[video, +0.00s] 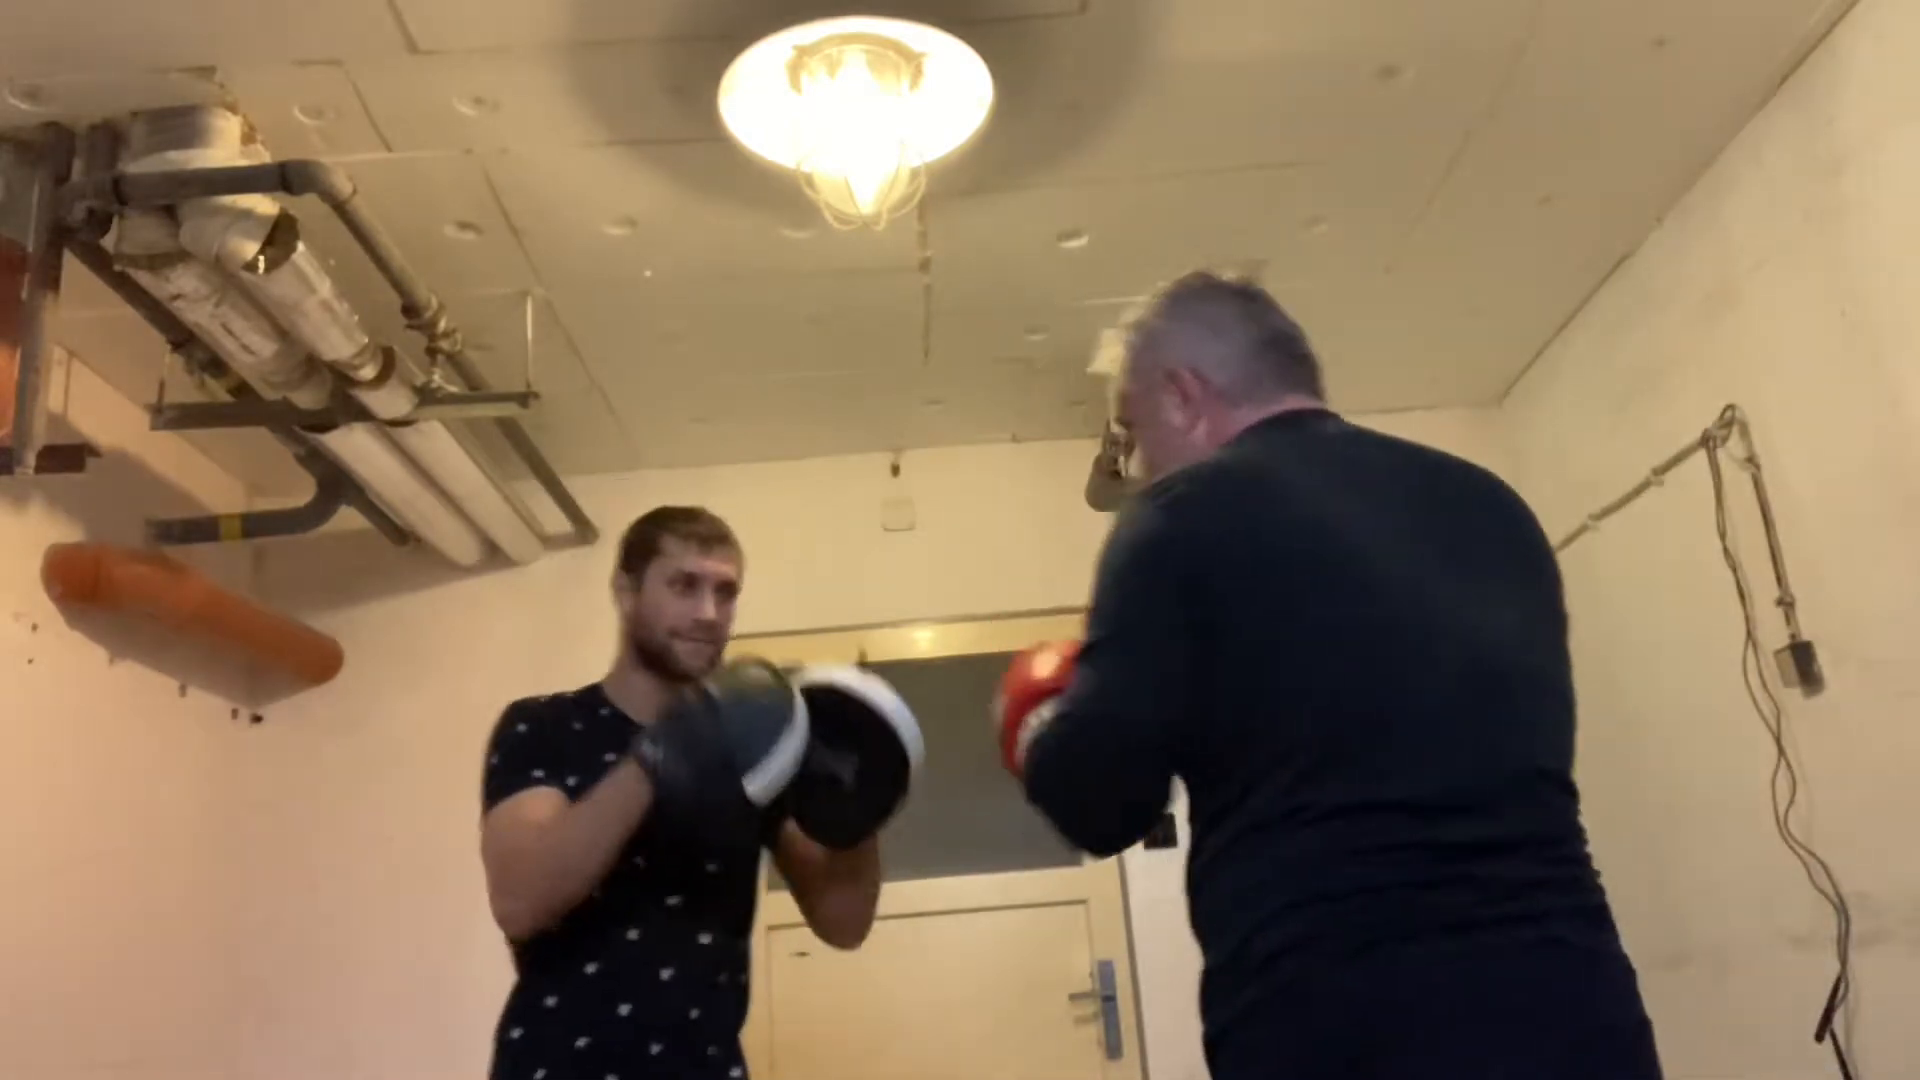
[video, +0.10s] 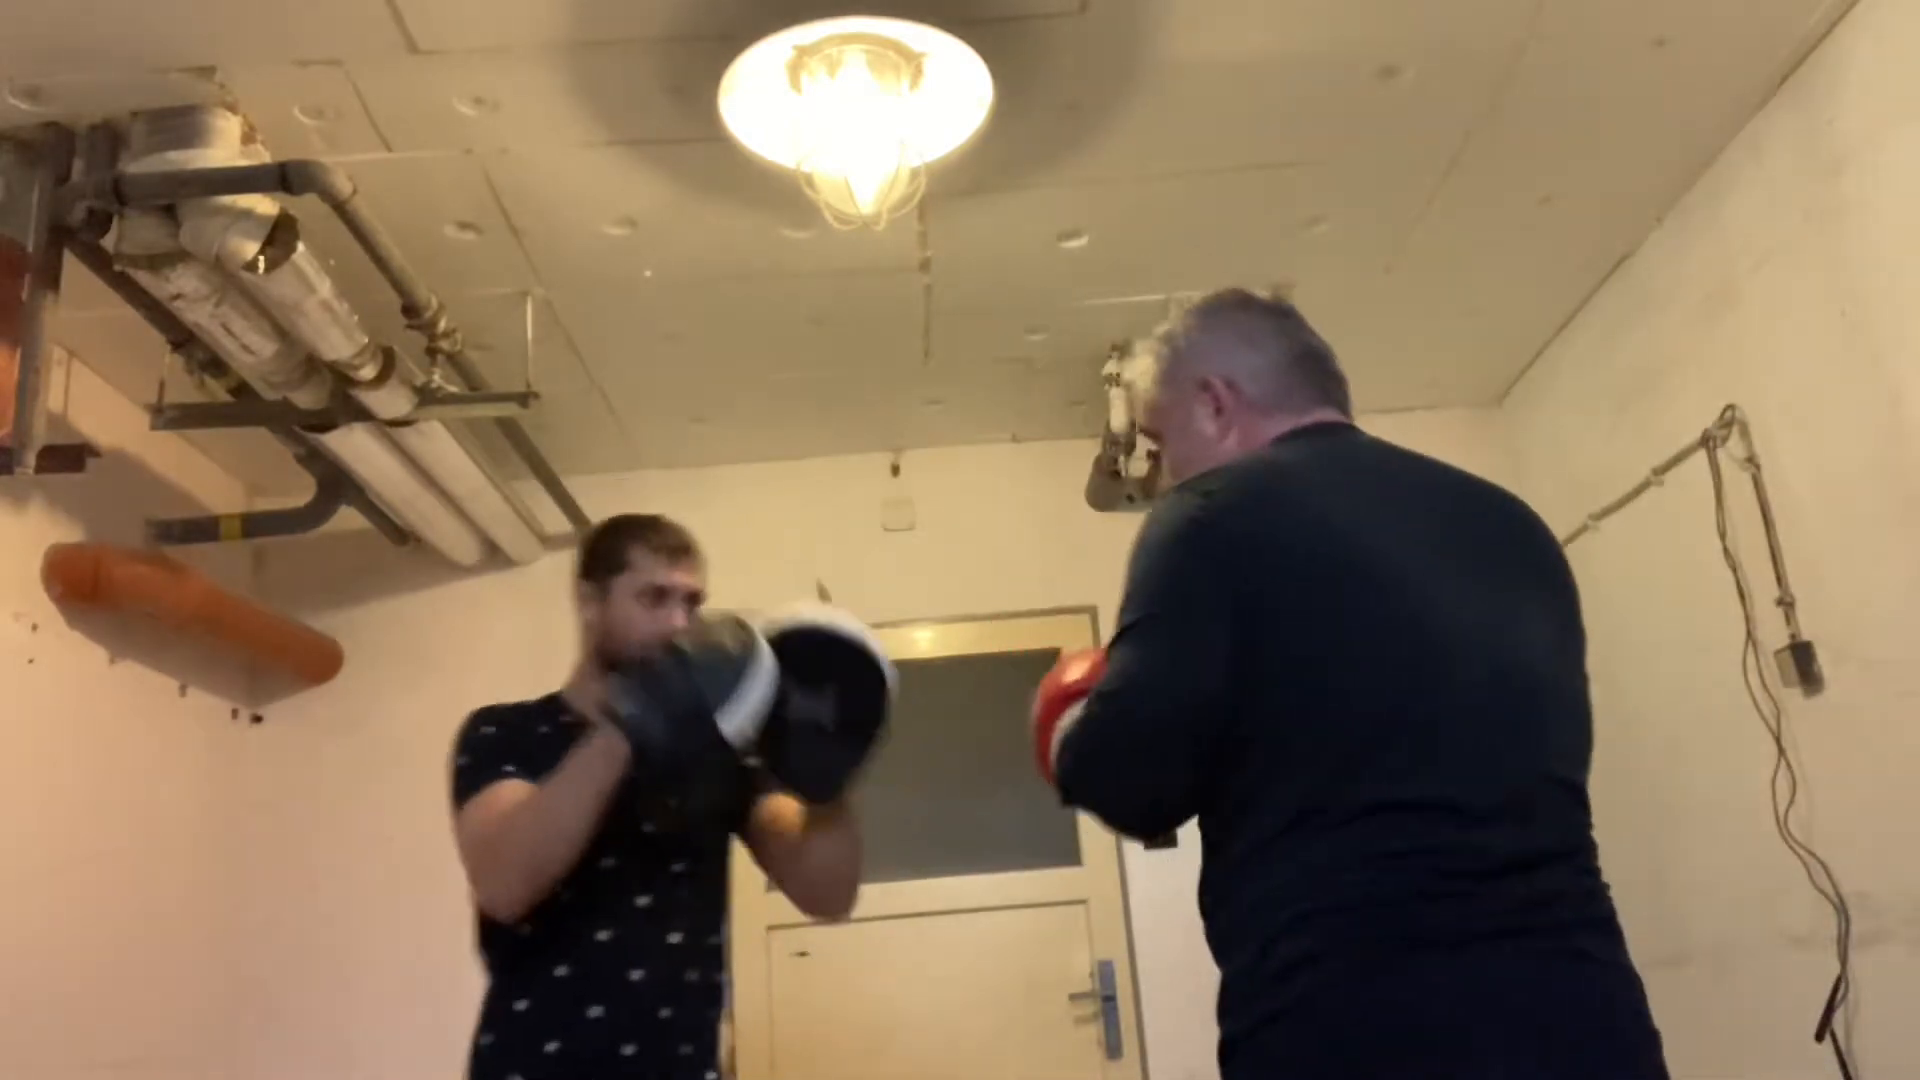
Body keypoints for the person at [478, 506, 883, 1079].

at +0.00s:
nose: (709, 613)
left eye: (724, 594)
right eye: (684, 587)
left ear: (737, 607)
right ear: (626, 592)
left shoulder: (740, 742)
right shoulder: (540, 730)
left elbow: (843, 924)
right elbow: (520, 902)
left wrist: (849, 793)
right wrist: (659, 758)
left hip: (704, 1059)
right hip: (563, 1059)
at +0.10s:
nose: (678, 624)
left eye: (691, 604)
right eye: (654, 599)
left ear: (704, 611)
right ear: (590, 602)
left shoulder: (704, 744)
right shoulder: (506, 735)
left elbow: (826, 895)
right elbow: (502, 885)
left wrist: (822, 760)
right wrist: (619, 733)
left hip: (679, 1060)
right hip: (539, 1060)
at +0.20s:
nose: (623, 635)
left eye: (637, 617)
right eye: (603, 614)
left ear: (655, 626)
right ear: (540, 615)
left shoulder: (665, 750)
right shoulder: (454, 745)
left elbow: (796, 857)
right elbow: (473, 859)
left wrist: (784, 722)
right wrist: (582, 691)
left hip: (637, 1061)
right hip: (497, 1063)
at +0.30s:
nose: (544, 635)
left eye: (559, 618)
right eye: (528, 616)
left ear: (583, 628)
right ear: (479, 625)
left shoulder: (605, 760)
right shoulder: (393, 754)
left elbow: (750, 827)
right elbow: (430, 835)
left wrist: (736, 690)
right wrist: (537, 657)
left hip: (584, 1061)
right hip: (444, 1063)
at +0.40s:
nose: (508, 635)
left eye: (521, 617)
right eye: (489, 616)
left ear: (541, 626)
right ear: (431, 631)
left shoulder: (559, 758)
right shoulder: (343, 755)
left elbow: (705, 815)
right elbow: (382, 831)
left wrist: (693, 672)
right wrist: (490, 656)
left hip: (537, 1065)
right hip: (395, 1067)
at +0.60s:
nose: (446, 631)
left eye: (457, 611)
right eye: (428, 612)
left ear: (482, 622)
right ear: (371, 625)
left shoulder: (514, 753)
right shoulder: (287, 763)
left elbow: (654, 832)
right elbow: (320, 844)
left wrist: (655, 693)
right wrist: (413, 661)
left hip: (500, 1064)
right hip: (351, 1065)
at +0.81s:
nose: (400, 648)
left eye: (422, 625)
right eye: (379, 626)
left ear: (456, 637)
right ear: (345, 636)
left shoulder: (504, 757)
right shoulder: (277, 777)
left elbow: (637, 862)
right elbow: (291, 873)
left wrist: (650, 720)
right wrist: (367, 677)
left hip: (497, 1063)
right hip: (350, 1065)